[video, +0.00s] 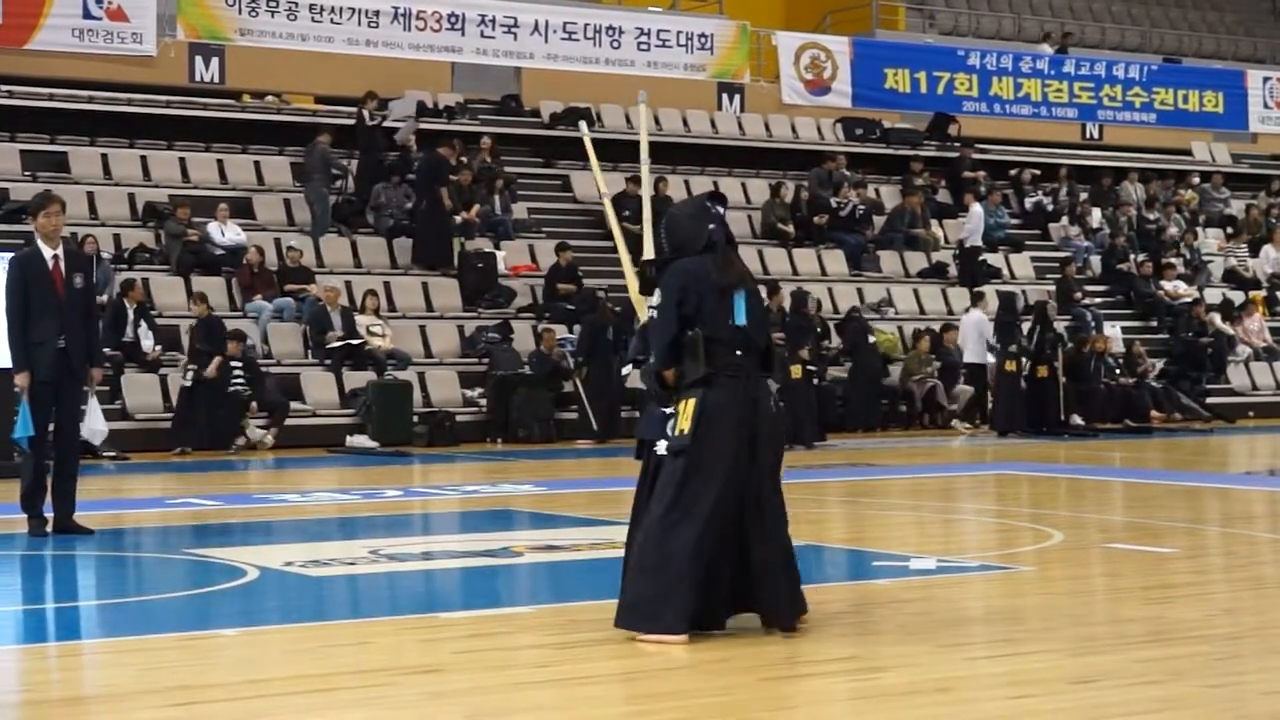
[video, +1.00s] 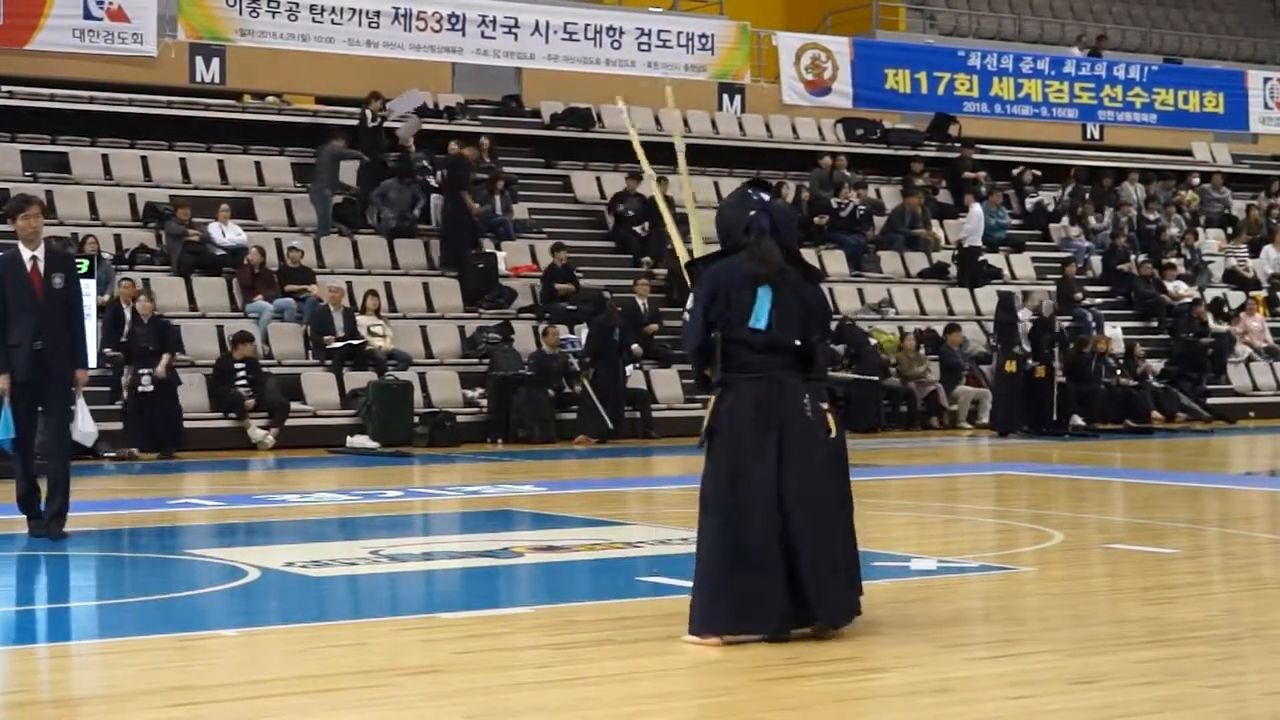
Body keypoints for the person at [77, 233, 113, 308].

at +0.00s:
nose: (91, 246)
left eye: (93, 243)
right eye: (88, 243)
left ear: (97, 245)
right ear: (82, 246)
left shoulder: (103, 263)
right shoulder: (77, 263)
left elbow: (110, 279)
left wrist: (106, 295)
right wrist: (93, 298)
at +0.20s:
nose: (91, 246)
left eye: (93, 243)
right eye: (88, 243)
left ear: (97, 246)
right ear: (82, 246)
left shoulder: (104, 264)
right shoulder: (78, 263)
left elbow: (110, 279)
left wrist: (106, 295)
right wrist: (92, 298)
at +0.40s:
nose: (92, 246)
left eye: (94, 243)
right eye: (89, 244)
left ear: (97, 246)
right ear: (83, 246)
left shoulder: (104, 264)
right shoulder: (77, 263)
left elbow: (110, 279)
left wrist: (106, 295)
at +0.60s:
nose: (92, 246)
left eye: (94, 243)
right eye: (89, 243)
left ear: (98, 246)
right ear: (83, 247)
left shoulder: (105, 264)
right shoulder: (77, 263)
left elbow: (111, 280)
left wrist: (107, 295)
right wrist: (92, 298)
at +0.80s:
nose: (92, 246)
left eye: (94, 243)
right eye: (89, 244)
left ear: (97, 246)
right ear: (83, 247)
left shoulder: (104, 264)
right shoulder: (77, 263)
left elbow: (111, 280)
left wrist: (107, 295)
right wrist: (93, 298)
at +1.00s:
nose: (92, 246)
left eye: (94, 243)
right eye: (89, 243)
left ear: (98, 245)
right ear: (83, 246)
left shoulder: (105, 264)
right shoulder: (78, 263)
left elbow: (111, 280)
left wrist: (107, 295)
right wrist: (93, 298)